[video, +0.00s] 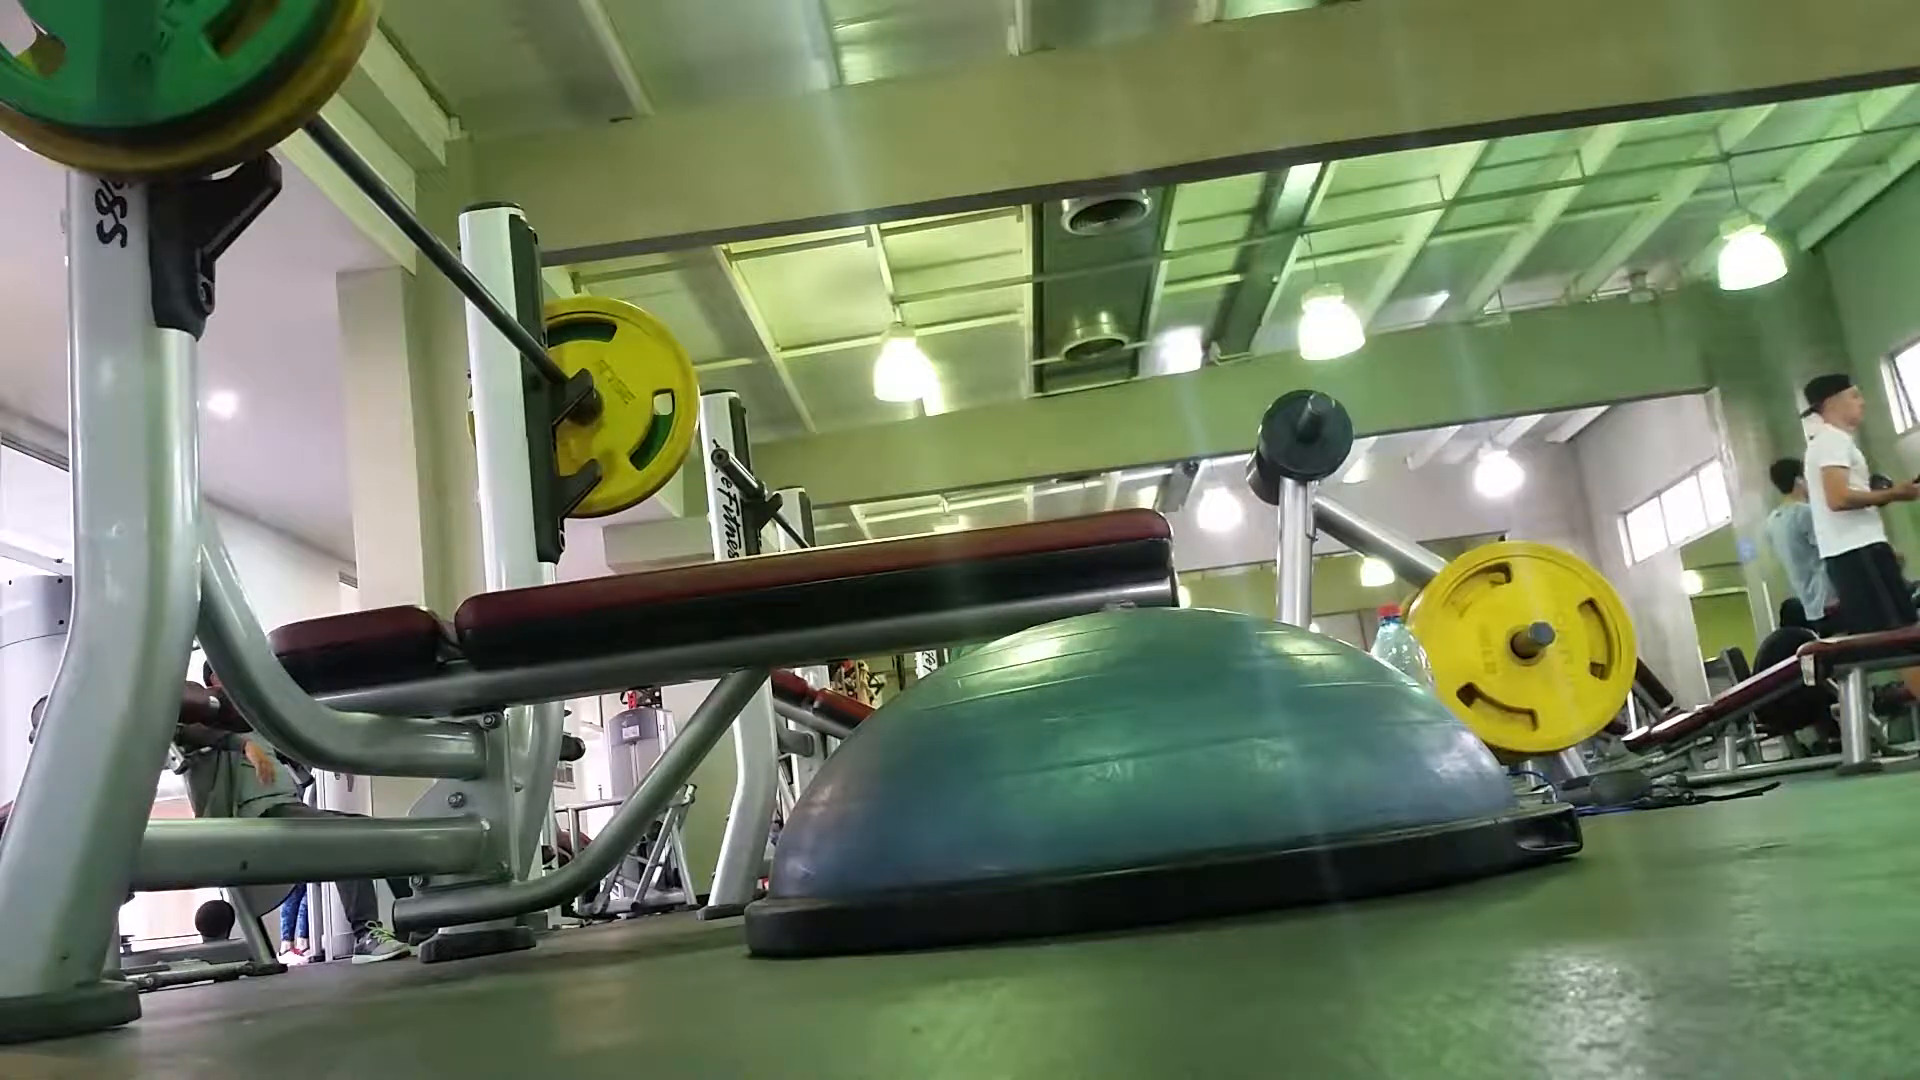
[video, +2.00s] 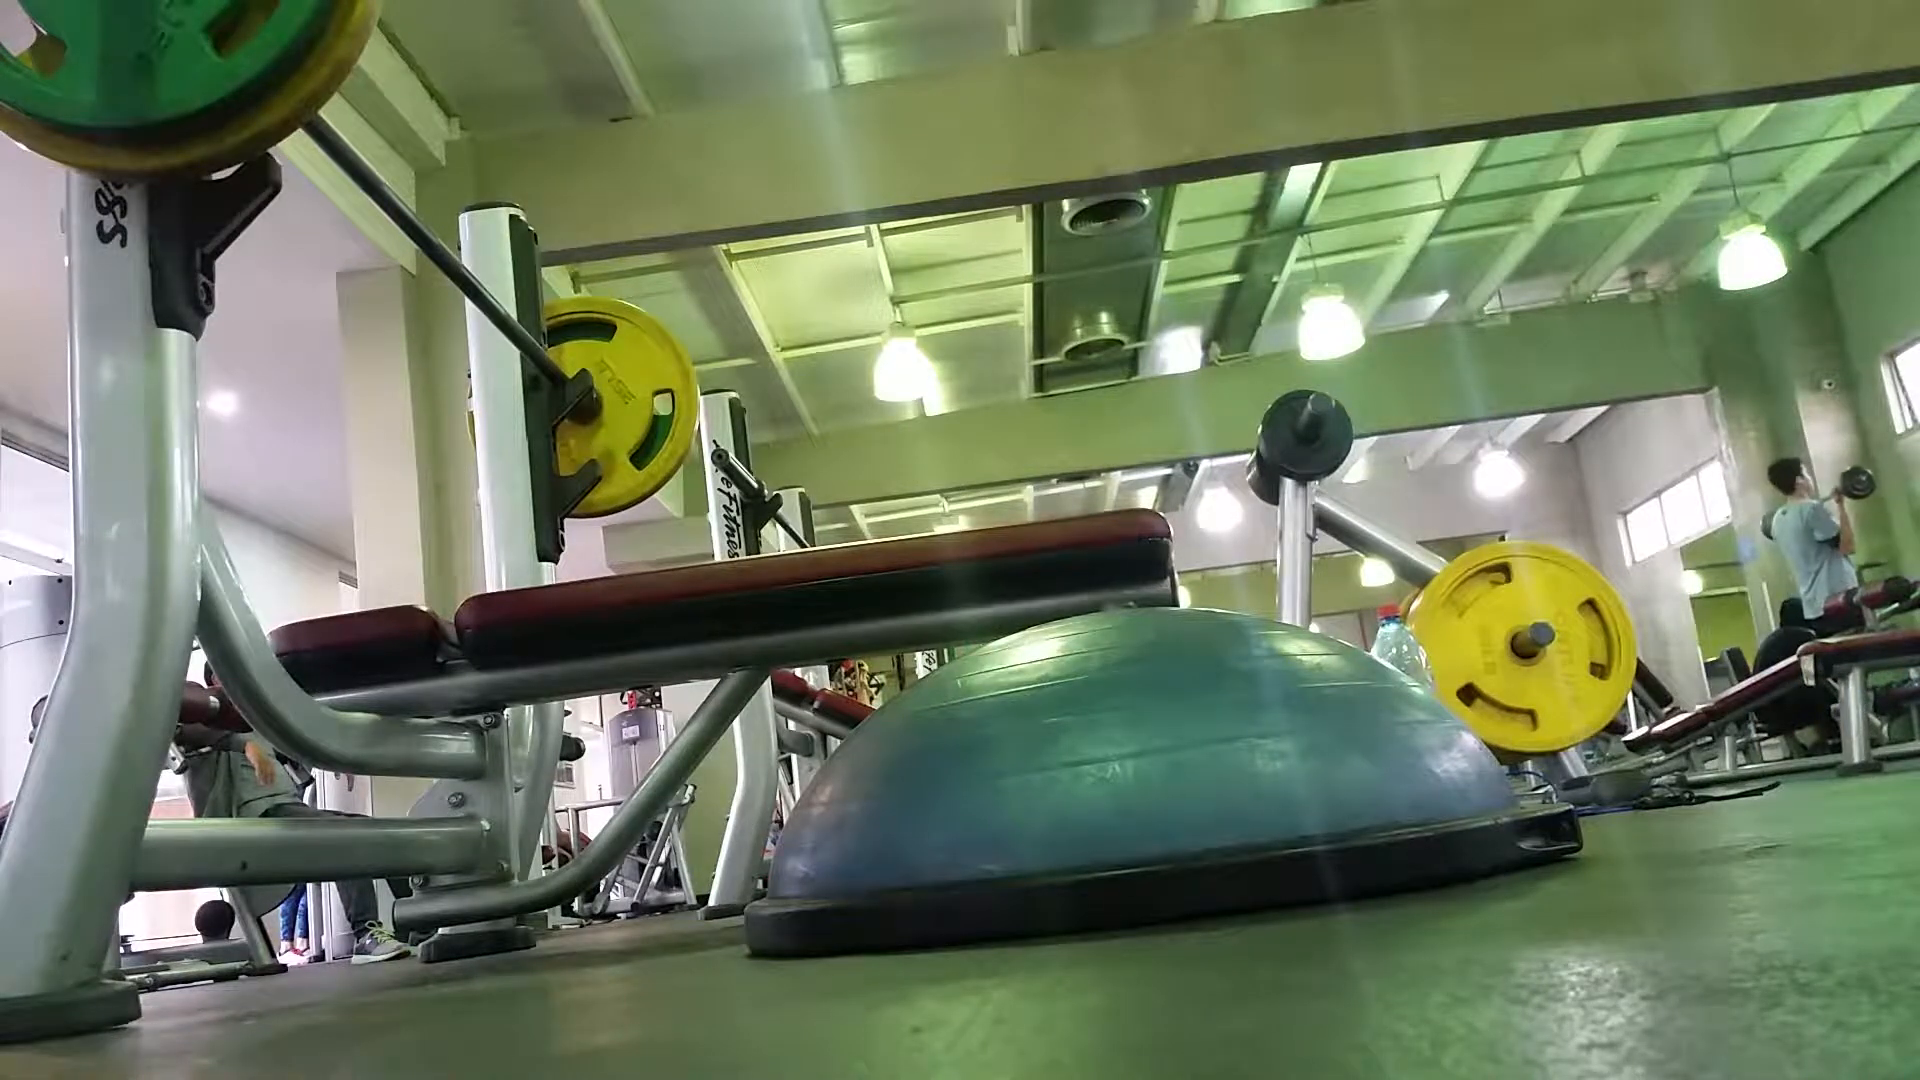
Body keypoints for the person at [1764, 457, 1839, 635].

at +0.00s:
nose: (1810, 483)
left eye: (1807, 477)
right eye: (1806, 477)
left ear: (1779, 485)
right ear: (1798, 481)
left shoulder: (1773, 520)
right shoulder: (1804, 513)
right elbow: (1826, 547)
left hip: (1805, 604)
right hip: (1829, 601)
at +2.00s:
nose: (1811, 478)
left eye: (1808, 473)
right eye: (1807, 474)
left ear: (1782, 487)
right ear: (1798, 481)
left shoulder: (1778, 519)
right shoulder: (1812, 510)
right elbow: (1847, 546)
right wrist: (1841, 505)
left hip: (1813, 608)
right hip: (1839, 602)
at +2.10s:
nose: (1811, 478)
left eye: (1807, 473)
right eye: (1806, 474)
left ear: (1782, 487)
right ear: (1798, 480)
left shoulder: (1777, 520)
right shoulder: (1812, 509)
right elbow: (1848, 546)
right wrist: (1839, 504)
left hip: (1812, 609)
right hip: (1839, 603)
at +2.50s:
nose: (1813, 472)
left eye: (1809, 467)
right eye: (1808, 468)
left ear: (1783, 483)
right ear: (1801, 476)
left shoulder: (1777, 515)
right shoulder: (1813, 505)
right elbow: (1848, 540)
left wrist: (1827, 494)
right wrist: (1838, 497)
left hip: (1807, 605)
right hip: (1836, 598)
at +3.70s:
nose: (1814, 477)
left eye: (1811, 472)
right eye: (1809, 473)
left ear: (1786, 488)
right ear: (1803, 480)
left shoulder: (1782, 520)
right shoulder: (1813, 506)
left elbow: (1785, 571)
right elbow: (1815, 553)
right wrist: (1862, 559)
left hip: (1812, 611)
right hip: (1838, 604)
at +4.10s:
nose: (1815, 477)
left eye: (1813, 472)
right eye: (1813, 473)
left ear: (1788, 485)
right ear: (1808, 477)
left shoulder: (1784, 518)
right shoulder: (1813, 509)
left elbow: (1788, 571)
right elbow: (1815, 559)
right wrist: (1865, 562)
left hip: (1816, 611)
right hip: (1840, 605)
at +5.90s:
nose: (1821, 472)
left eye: (1817, 467)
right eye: (1816, 468)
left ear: (1795, 481)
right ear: (1811, 476)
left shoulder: (1787, 516)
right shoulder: (1818, 506)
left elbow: (1783, 567)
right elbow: (1817, 553)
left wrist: (1814, 569)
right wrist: (1867, 553)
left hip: (1817, 608)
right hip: (1842, 604)